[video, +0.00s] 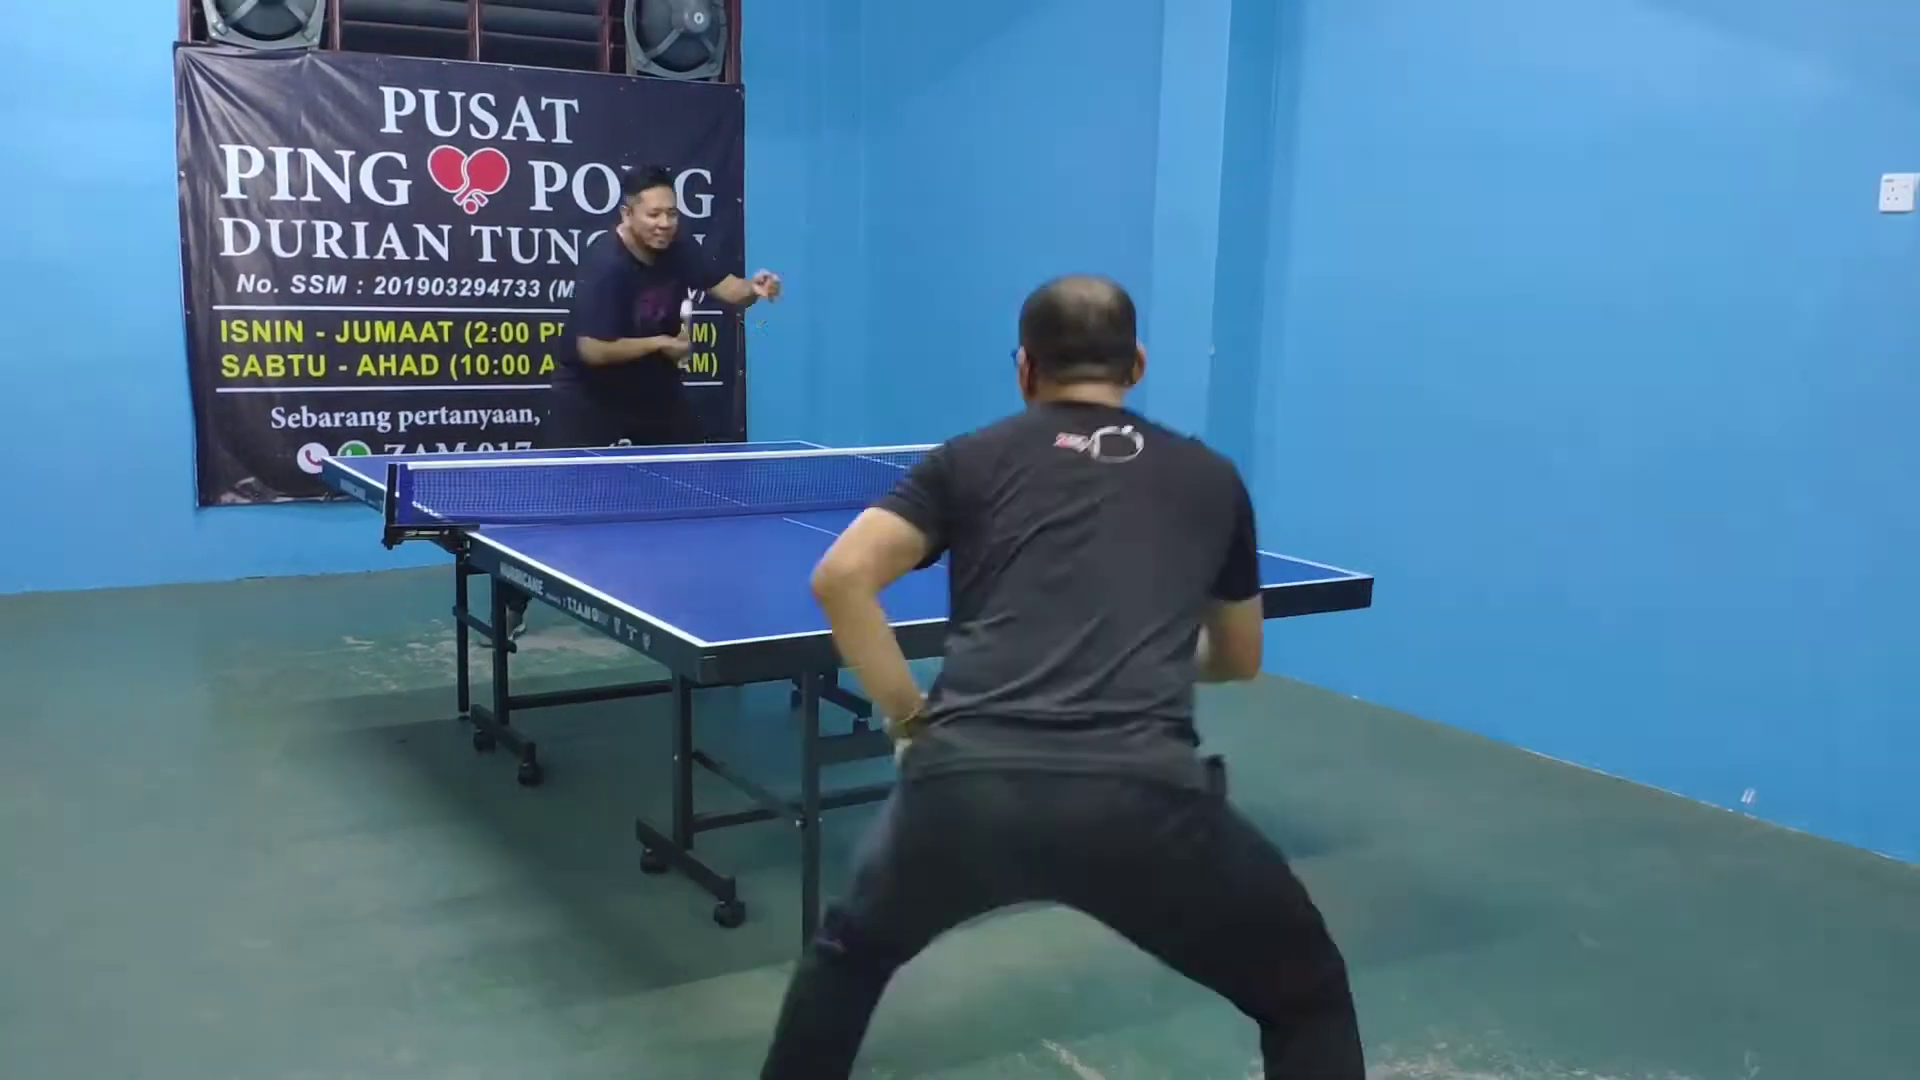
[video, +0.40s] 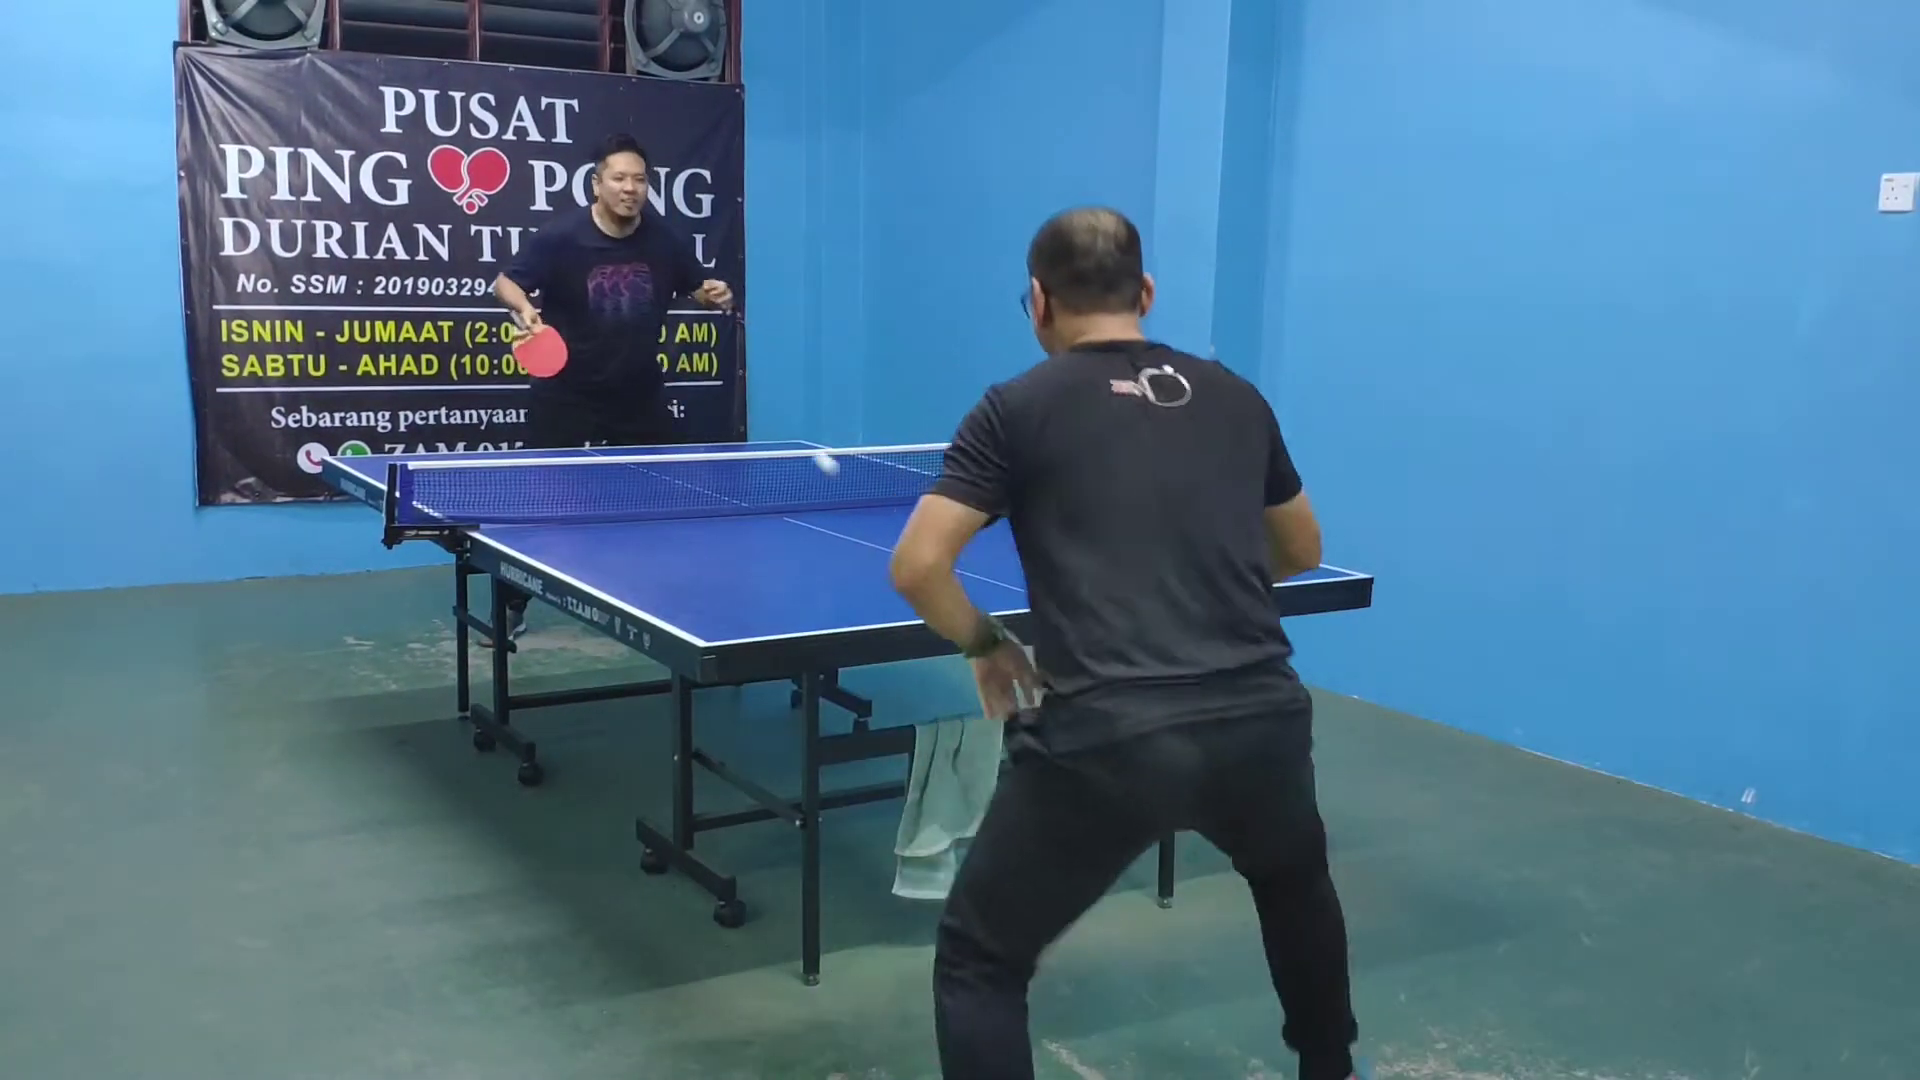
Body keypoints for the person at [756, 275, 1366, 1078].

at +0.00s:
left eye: (1021, 363)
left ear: (1026, 369)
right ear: (1138, 365)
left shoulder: (971, 460)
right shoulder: (1211, 477)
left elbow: (843, 577)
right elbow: (1237, 656)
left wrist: (908, 717)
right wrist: (1141, 652)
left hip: (961, 802)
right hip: (1141, 808)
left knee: (846, 958)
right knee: (1307, 998)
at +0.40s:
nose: (1028, 311)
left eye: (1027, 298)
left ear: (1039, 301)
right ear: (1147, 295)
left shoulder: (1015, 410)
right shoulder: (1235, 397)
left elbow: (918, 566)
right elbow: (1296, 548)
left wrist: (984, 643)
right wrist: (1197, 564)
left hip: (1102, 748)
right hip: (1257, 735)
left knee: (981, 957)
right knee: (1295, 879)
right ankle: (1328, 1065)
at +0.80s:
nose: (1127, 326)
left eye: (1122, 304)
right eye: (1120, 307)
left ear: (1152, 288)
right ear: (1206, 279)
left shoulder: (1223, 337)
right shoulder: (1245, 370)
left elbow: (1305, 340)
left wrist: (1195, 465)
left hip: (1282, 663)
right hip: (1358, 659)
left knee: (1147, 881)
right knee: (1279, 806)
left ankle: (1134, 1066)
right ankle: (1314, 1027)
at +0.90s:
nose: (1142, 268)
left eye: (1142, 247)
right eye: (1141, 248)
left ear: (1173, 243)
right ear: (1230, 240)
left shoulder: (1232, 305)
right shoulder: (1271, 327)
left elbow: (1341, 334)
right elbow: (1375, 430)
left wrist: (1287, 480)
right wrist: (1260, 425)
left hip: (1292, 630)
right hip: (1367, 626)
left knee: (1189, 866)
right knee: (1295, 796)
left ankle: (1189, 1067)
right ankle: (1339, 1008)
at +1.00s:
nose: (1163, 247)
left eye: (1167, 229)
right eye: (1164, 229)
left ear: (1198, 234)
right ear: (1258, 233)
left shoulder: (1251, 311)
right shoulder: (1324, 317)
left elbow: (1323, 378)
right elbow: (1407, 446)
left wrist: (1268, 548)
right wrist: (1300, 431)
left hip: (1306, 624)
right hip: (1379, 624)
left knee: (1200, 869)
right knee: (1309, 802)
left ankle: (1232, 1066)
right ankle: (1356, 1008)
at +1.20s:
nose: (1177, 296)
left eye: (1180, 279)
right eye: (1177, 279)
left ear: (1209, 282)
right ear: (1285, 280)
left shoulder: (1235, 364)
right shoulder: (1363, 362)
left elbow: (1192, 493)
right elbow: (1430, 510)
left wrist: (1099, 616)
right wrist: (1311, 524)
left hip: (1334, 692)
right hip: (1439, 675)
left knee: (1204, 913)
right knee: (1371, 792)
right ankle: (1386, 1002)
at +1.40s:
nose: (1189, 345)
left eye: (1189, 328)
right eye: (1186, 329)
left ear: (1218, 330)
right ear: (1291, 321)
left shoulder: (1261, 403)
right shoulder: (1375, 390)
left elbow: (1245, 546)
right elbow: (1410, 553)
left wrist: (1156, 648)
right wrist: (1283, 600)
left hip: (1399, 707)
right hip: (1500, 687)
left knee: (1242, 908)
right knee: (1423, 822)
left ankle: (1269, 1070)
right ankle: (1468, 1031)